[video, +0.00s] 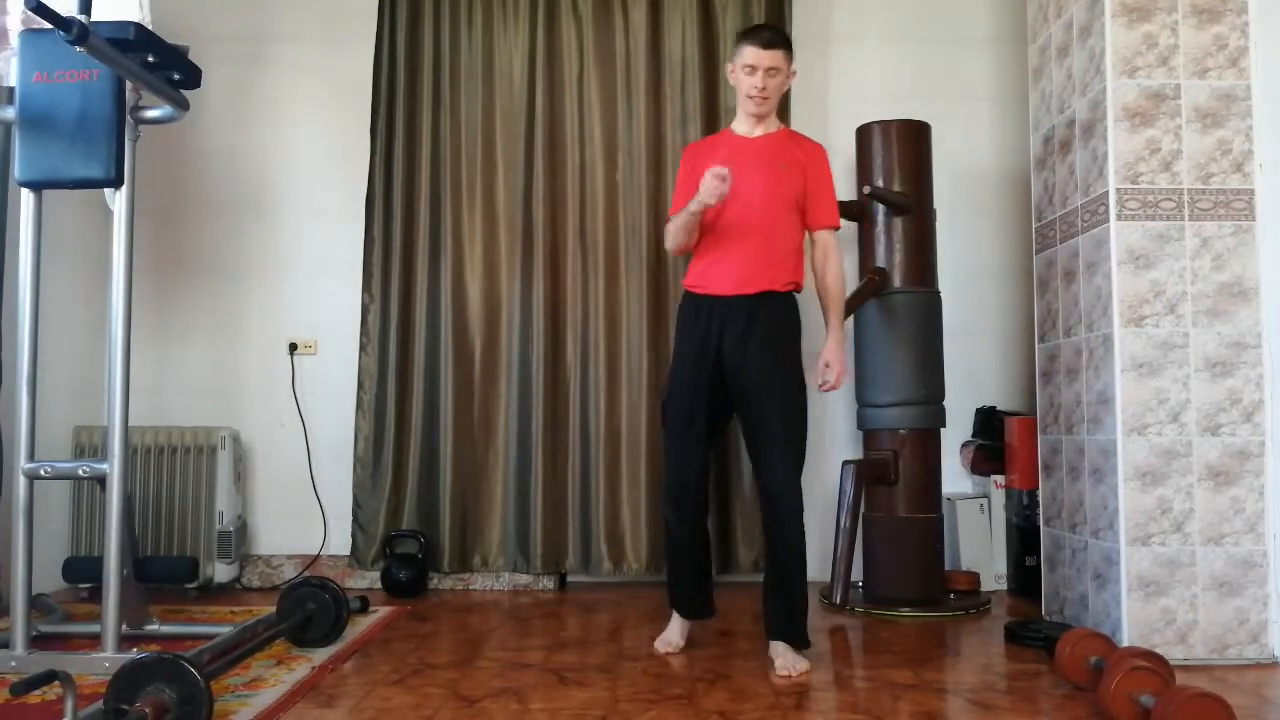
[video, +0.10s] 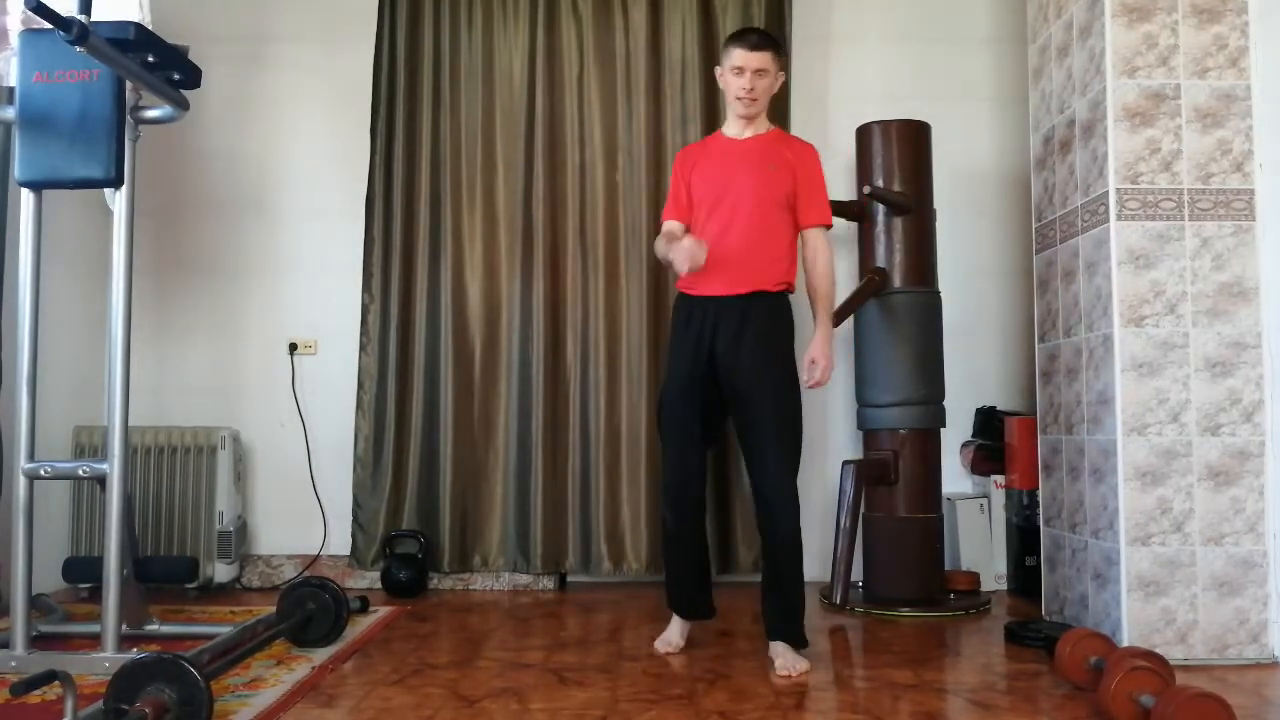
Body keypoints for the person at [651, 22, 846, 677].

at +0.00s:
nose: (760, 82)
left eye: (772, 72)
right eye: (750, 70)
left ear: (788, 79)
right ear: (731, 74)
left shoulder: (806, 155)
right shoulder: (700, 153)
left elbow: (826, 250)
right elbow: (674, 245)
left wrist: (835, 334)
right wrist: (700, 206)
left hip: (769, 323)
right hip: (700, 323)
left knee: (780, 482)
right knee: (683, 473)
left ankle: (785, 635)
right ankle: (685, 608)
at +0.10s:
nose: (748, 83)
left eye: (761, 72)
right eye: (737, 71)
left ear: (777, 80)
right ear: (720, 76)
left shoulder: (797, 155)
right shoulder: (691, 157)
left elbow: (817, 246)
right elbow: (667, 236)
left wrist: (822, 329)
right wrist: (676, 246)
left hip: (762, 323)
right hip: (694, 323)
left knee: (775, 481)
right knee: (681, 474)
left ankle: (784, 634)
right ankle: (685, 609)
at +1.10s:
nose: (677, 100)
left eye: (687, 90)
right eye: (666, 91)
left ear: (706, 97)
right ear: (650, 100)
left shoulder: (736, 167)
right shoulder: (635, 181)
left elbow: (760, 249)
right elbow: (619, 267)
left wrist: (771, 321)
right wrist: (611, 338)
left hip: (725, 332)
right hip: (657, 335)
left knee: (741, 480)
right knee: (662, 481)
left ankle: (757, 628)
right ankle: (679, 617)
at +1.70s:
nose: (696, 91)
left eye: (706, 81)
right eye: (684, 82)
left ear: (724, 90)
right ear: (668, 92)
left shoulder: (754, 161)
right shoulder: (652, 175)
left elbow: (779, 247)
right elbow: (638, 264)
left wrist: (790, 328)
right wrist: (624, 344)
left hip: (743, 331)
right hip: (672, 333)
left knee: (745, 485)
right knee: (671, 480)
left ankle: (752, 636)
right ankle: (678, 615)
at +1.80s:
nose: (703, 87)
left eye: (714, 77)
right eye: (692, 78)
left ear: (734, 87)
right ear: (677, 89)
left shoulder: (763, 159)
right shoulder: (660, 172)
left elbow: (787, 246)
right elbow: (646, 261)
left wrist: (795, 327)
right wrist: (629, 340)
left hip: (751, 331)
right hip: (677, 332)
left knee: (752, 487)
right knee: (673, 480)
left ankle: (753, 639)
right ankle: (680, 615)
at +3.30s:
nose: (677, 123)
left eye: (687, 115)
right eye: (668, 114)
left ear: (701, 128)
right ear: (649, 125)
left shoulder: (718, 197)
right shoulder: (626, 195)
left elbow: (732, 276)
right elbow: (606, 274)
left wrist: (734, 336)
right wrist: (584, 343)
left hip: (699, 341)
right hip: (635, 338)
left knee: (708, 474)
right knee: (620, 471)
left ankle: (713, 601)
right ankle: (608, 598)